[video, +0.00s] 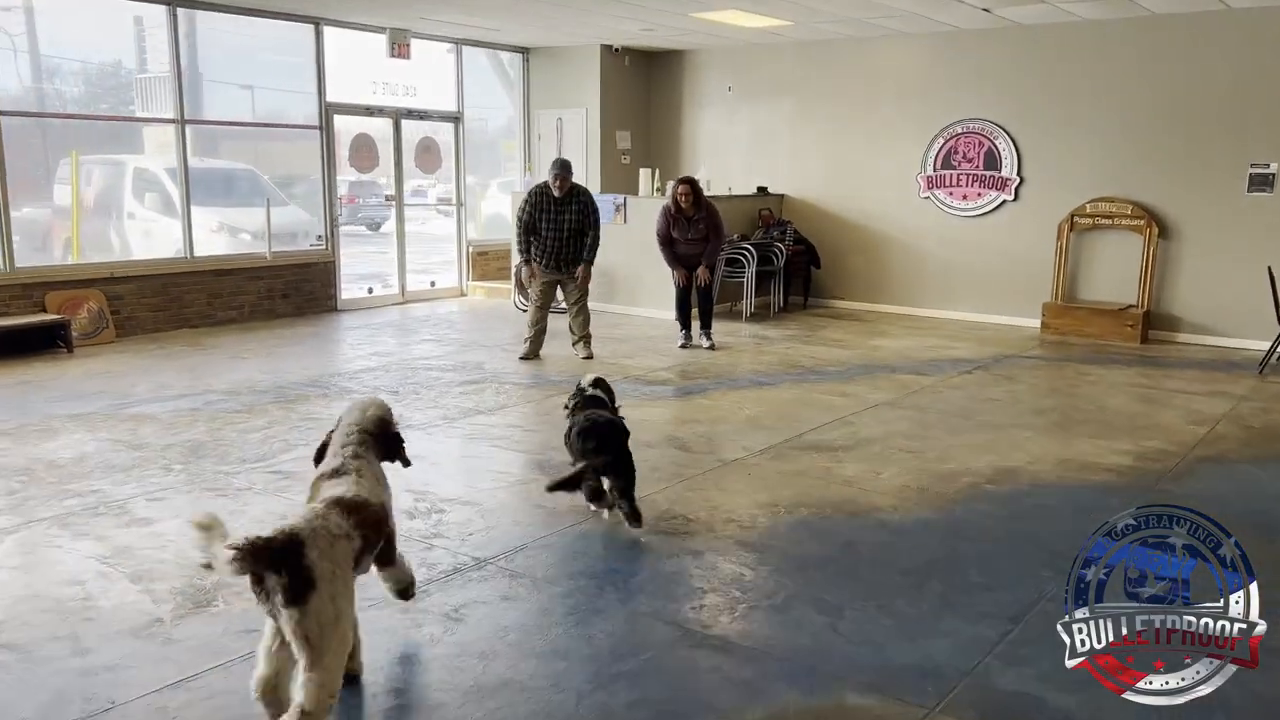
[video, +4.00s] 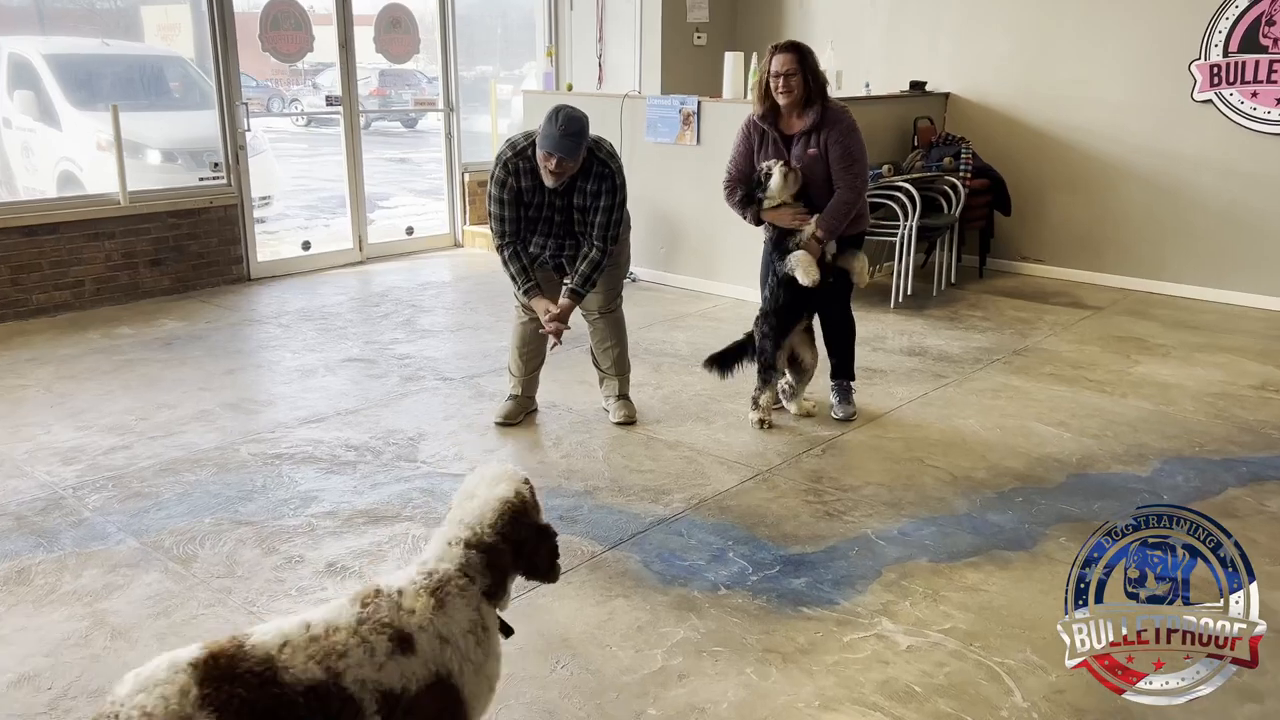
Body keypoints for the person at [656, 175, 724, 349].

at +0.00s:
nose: (684, 198)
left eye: (687, 194)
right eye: (680, 194)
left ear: (695, 194)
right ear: (675, 195)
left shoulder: (708, 209)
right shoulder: (667, 211)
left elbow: (717, 238)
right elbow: (663, 241)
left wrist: (705, 264)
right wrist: (676, 267)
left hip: (704, 258)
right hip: (681, 259)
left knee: (704, 290)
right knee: (682, 291)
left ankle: (705, 332)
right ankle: (685, 332)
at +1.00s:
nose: (688, 225)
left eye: (693, 221)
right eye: (685, 220)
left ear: (705, 218)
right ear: (681, 216)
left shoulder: (724, 230)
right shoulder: (676, 229)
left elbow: (733, 266)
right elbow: (668, 261)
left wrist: (725, 297)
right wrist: (658, 291)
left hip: (717, 283)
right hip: (689, 281)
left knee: (717, 325)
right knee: (685, 324)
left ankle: (717, 371)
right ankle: (684, 369)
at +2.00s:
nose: (776, 251)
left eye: (781, 247)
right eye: (772, 246)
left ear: (796, 241)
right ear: (767, 238)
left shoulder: (824, 245)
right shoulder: (766, 244)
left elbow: (827, 297)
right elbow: (754, 285)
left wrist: (801, 335)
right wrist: (745, 325)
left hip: (828, 288)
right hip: (788, 286)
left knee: (820, 339)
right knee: (778, 337)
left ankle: (823, 400)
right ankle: (781, 394)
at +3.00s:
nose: (778, 156)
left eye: (784, 151)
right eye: (773, 150)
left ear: (802, 142)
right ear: (766, 141)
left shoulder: (838, 144)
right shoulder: (769, 151)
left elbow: (853, 206)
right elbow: (771, 208)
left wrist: (817, 250)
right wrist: (782, 256)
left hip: (853, 207)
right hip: (807, 204)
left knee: (840, 274)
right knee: (791, 267)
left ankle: (837, 350)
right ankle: (789, 344)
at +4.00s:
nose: (781, 82)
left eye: (790, 74)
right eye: (774, 75)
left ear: (807, 77)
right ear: (767, 81)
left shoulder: (836, 121)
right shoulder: (756, 125)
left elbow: (852, 188)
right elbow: (734, 186)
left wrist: (818, 235)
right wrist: (767, 214)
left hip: (838, 233)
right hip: (783, 233)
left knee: (834, 309)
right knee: (781, 310)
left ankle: (842, 385)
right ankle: (790, 373)